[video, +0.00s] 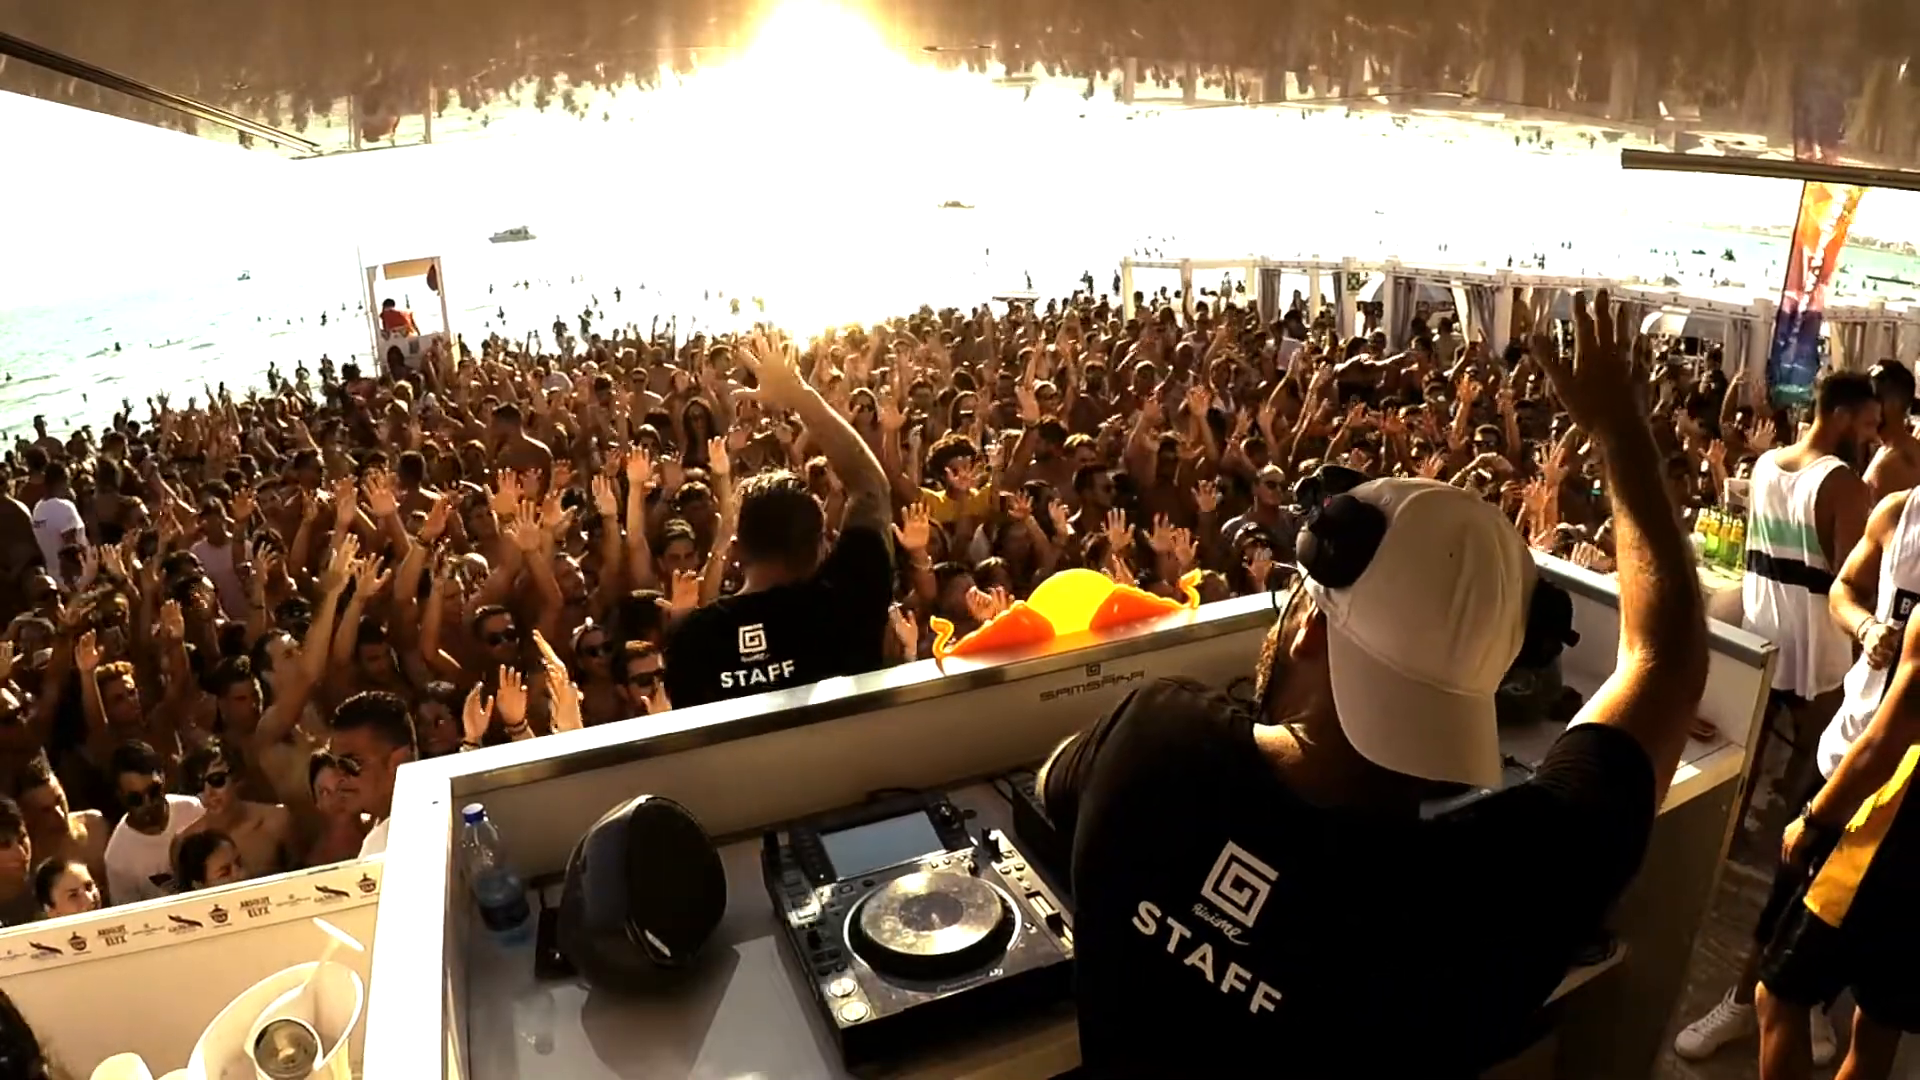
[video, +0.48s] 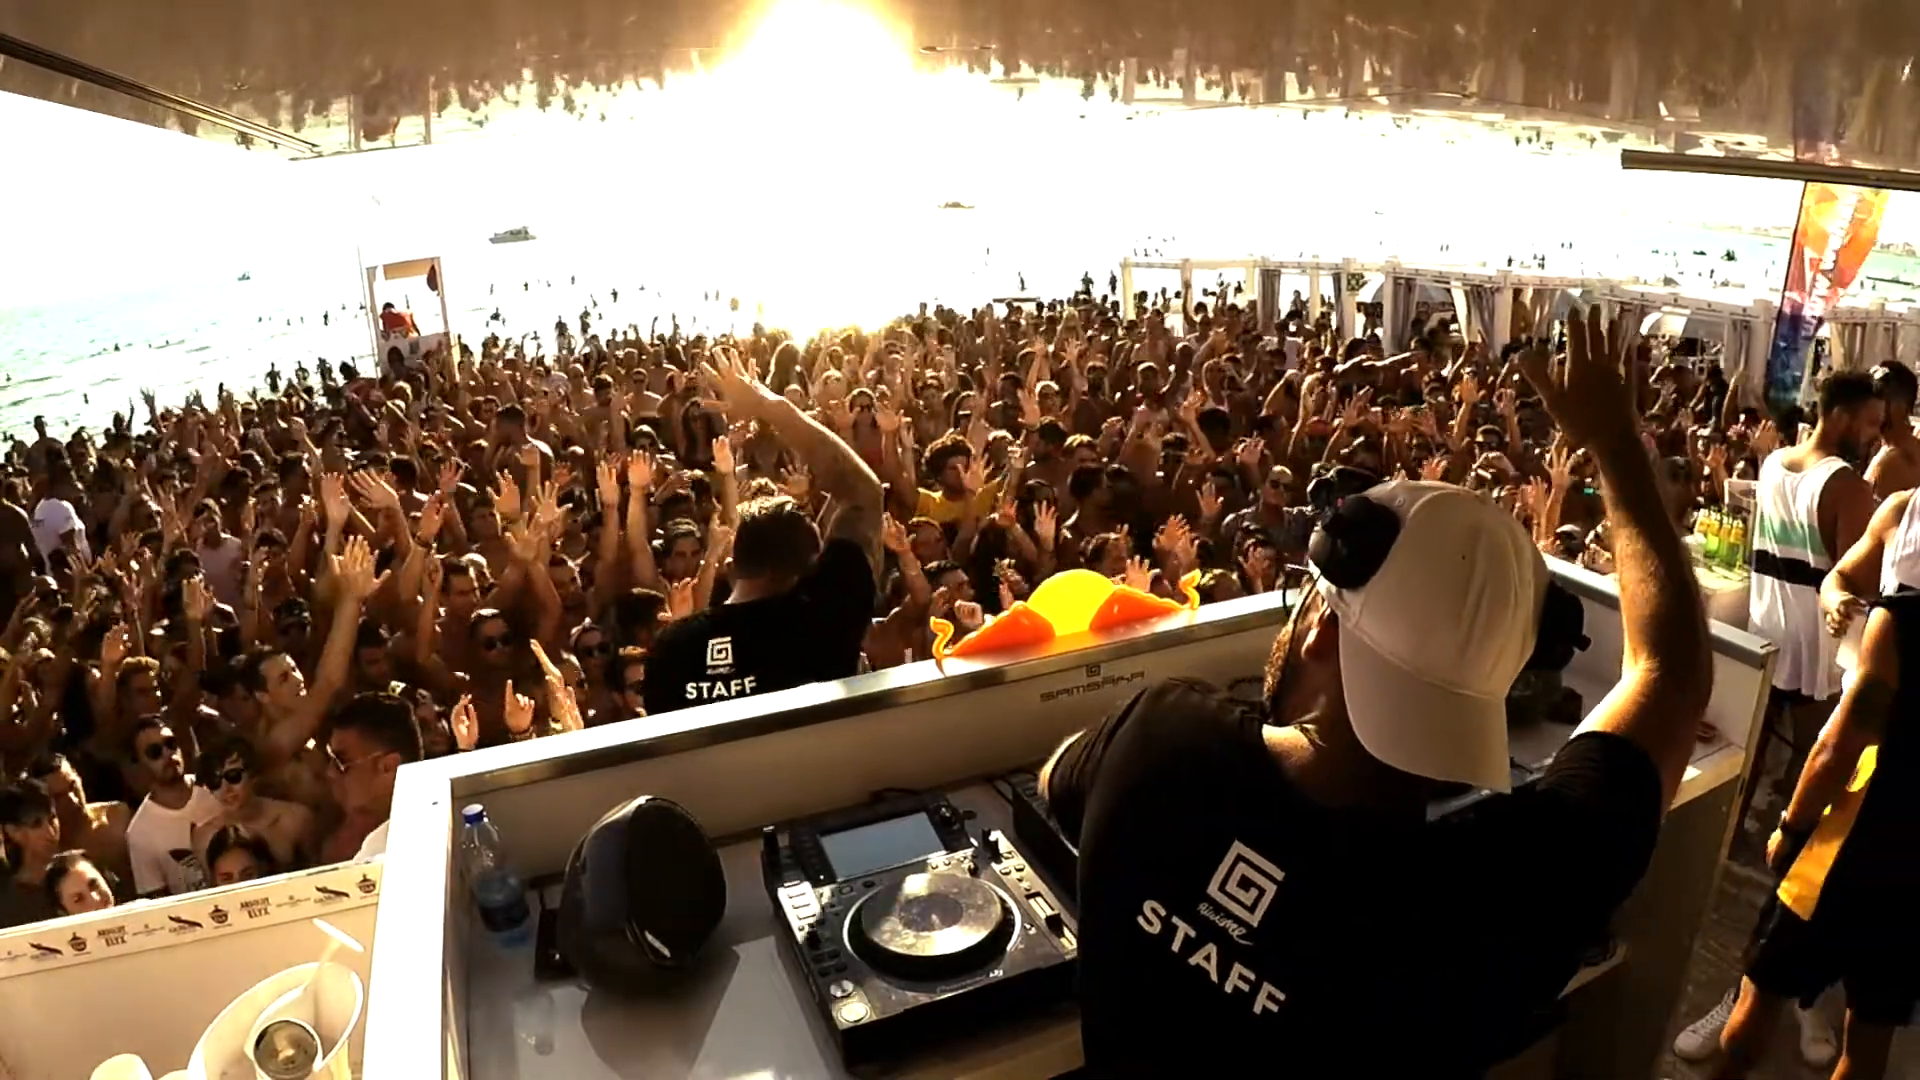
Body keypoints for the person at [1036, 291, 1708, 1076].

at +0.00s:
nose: (1288, 604)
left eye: (1302, 593)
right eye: (1303, 586)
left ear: (1314, 630)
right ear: (1481, 682)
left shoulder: (1151, 738)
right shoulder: (1493, 893)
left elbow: (1051, 799)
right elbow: (1666, 654)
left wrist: (1266, 680)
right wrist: (1619, 424)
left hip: (1111, 1055)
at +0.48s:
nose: (1305, 603)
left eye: (1318, 593)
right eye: (1321, 584)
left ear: (1323, 631)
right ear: (1493, 686)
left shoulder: (1159, 741)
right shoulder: (1495, 894)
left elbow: (1060, 789)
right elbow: (1671, 672)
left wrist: (1268, 711)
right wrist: (1617, 441)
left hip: (1115, 1057)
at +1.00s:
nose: (1316, 593)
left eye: (1327, 586)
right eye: (1331, 578)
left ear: (1327, 626)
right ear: (1500, 687)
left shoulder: (1164, 734)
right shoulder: (1497, 887)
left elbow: (1052, 785)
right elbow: (1684, 670)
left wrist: (1281, 702)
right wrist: (1621, 446)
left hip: (1118, 1058)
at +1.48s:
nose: (1315, 579)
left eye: (1324, 569)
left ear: (1325, 598)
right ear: (1498, 649)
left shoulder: (1176, 708)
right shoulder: (1500, 855)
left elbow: (1039, 792)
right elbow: (1678, 628)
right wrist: (1598, 405)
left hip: (1142, 1058)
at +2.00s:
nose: (1390, 525)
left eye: (1402, 510)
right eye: (1404, 502)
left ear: (1422, 557)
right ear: (1576, 567)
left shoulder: (1298, 698)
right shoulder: (1643, 762)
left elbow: (1094, 790)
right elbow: (1650, 554)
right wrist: (1543, 404)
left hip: (1283, 1053)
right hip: (1520, 1066)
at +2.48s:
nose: (1563, 462)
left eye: (1583, 458)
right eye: (1575, 450)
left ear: (1621, 523)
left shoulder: (1480, 685)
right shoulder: (1765, 684)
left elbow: (1227, 771)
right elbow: (1663, 487)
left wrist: (1139, 753)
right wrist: (1529, 342)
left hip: (1430, 1058)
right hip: (1611, 1053)